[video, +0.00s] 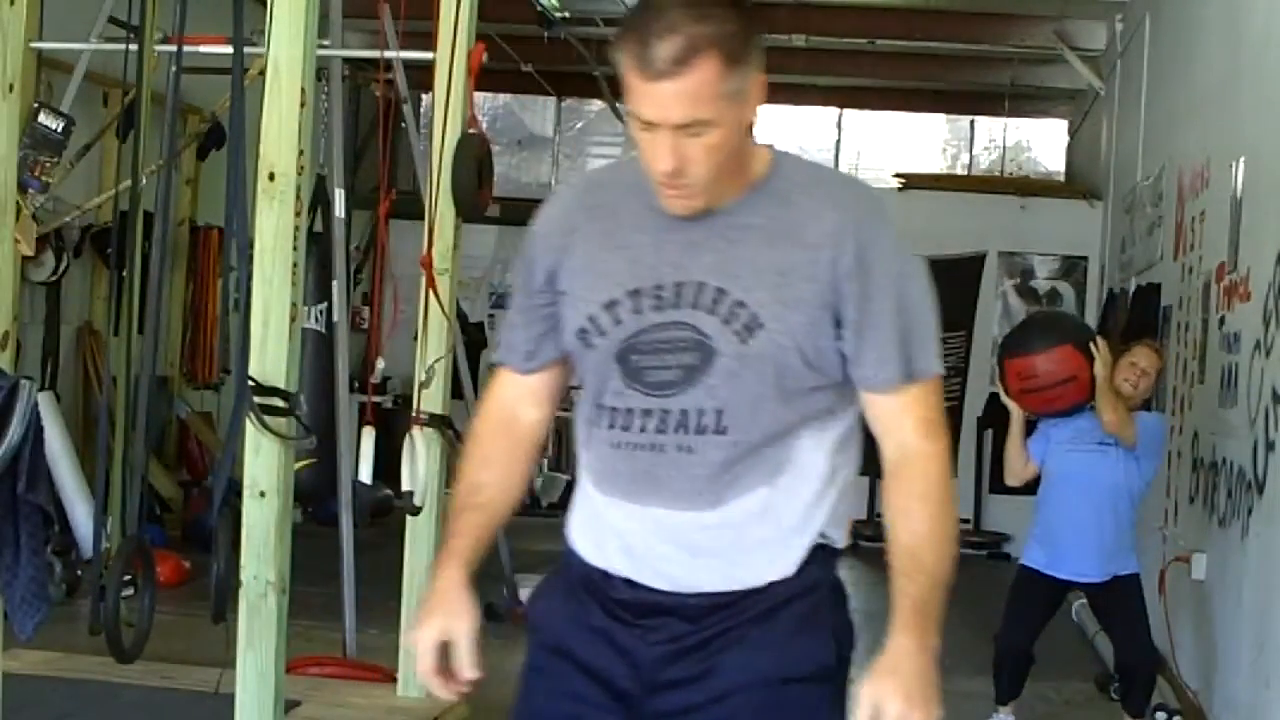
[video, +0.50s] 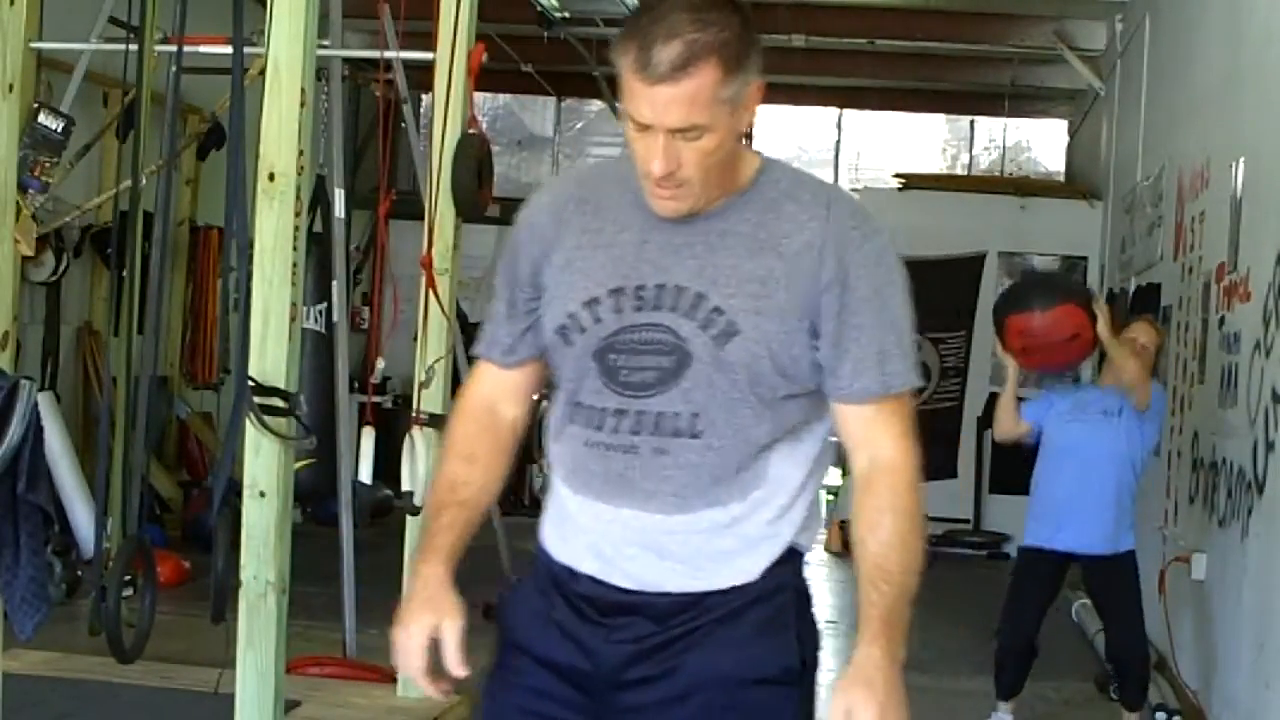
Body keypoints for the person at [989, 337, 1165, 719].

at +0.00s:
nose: (1137, 376)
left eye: (1148, 374)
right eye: (1132, 365)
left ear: (1153, 387)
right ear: (1112, 365)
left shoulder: (1152, 426)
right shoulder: (1058, 424)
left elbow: (1113, 421)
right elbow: (1015, 476)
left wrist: (1103, 377)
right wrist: (1017, 414)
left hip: (1113, 567)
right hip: (1046, 561)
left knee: (1140, 657)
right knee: (1012, 643)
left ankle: (1135, 712)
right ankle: (1005, 708)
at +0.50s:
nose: (1138, 350)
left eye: (1147, 346)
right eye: (1132, 341)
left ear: (1155, 363)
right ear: (1110, 347)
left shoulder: (1149, 405)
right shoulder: (1059, 398)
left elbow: (1131, 376)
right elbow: (1005, 429)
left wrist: (1106, 338)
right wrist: (1011, 373)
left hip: (1110, 546)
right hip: (1045, 540)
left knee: (1132, 646)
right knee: (1014, 636)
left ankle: (1132, 712)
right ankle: (1004, 708)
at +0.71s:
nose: (1127, 327)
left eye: (1133, 322)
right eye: (1120, 319)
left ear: (1139, 331)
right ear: (1102, 325)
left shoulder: (1144, 376)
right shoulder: (1059, 367)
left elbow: (1152, 314)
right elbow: (1004, 355)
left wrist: (1117, 269)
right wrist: (1019, 296)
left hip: (1108, 520)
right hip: (1046, 514)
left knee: (1117, 623)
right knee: (1027, 613)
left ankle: (1132, 714)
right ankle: (1004, 711)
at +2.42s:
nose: (1142, 333)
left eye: (1151, 330)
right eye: (1136, 321)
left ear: (1154, 338)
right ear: (1111, 318)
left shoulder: (1152, 377)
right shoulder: (1059, 373)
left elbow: (1130, 385)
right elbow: (1016, 428)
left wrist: (1106, 333)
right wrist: (1014, 368)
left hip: (1114, 520)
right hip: (1049, 515)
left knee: (1117, 621)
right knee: (1033, 614)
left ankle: (1133, 715)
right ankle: (1004, 712)